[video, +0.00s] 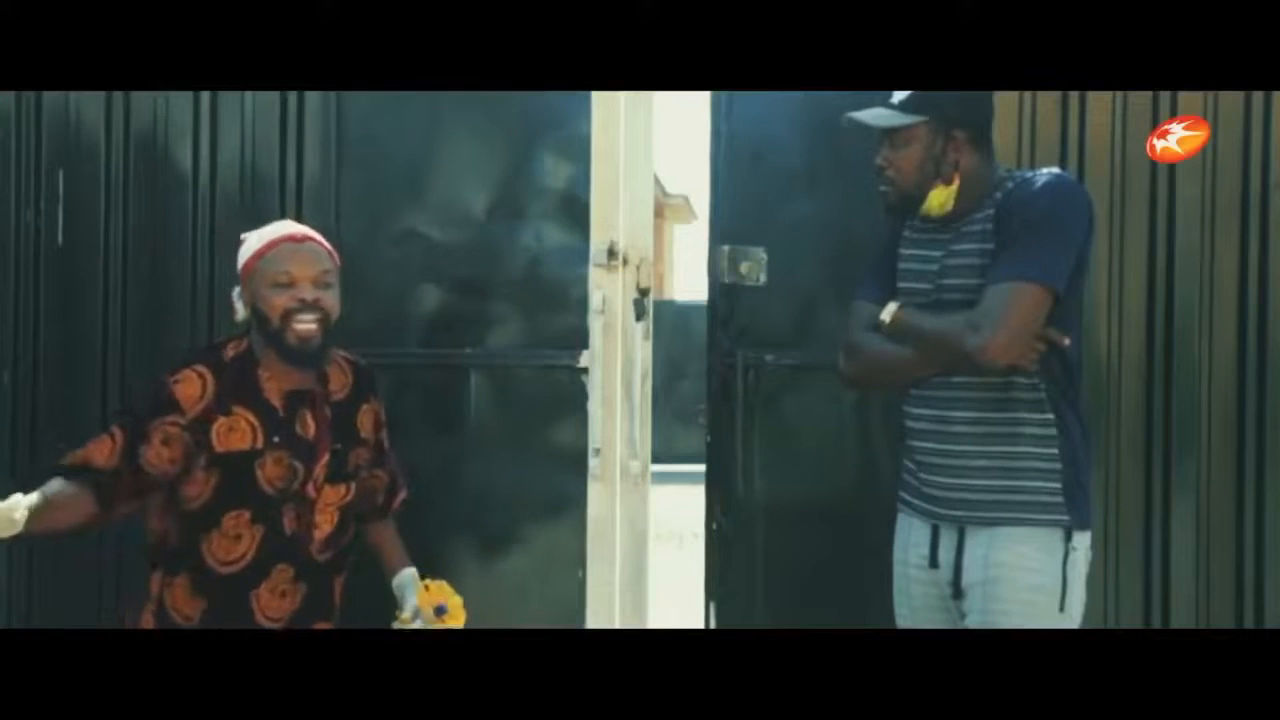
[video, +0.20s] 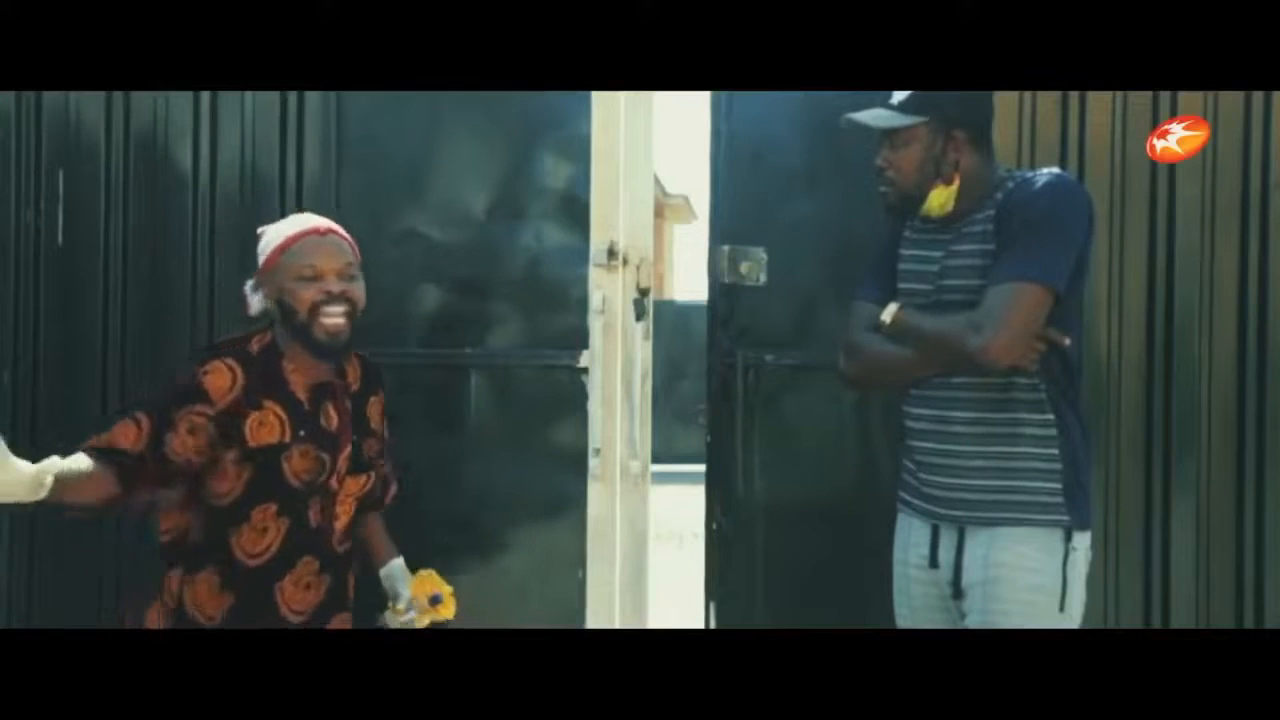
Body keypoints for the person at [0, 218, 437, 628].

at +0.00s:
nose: (308, 299)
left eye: (322, 284)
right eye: (284, 285)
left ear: (339, 295)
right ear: (247, 300)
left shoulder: (353, 387)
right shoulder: (202, 389)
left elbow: (375, 505)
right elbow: (108, 482)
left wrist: (409, 589)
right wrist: (22, 513)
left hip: (310, 620)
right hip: (196, 618)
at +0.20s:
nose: (335, 290)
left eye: (347, 276)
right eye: (312, 277)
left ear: (364, 286)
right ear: (271, 293)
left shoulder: (364, 385)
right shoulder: (230, 377)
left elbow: (365, 501)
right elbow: (136, 464)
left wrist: (399, 582)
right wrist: (37, 482)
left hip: (322, 616)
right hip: (215, 614)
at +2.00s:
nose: (340, 296)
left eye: (353, 281)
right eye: (315, 281)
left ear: (366, 292)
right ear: (273, 291)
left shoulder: (344, 382)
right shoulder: (223, 369)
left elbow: (336, 500)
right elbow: (196, 427)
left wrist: (369, 575)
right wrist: (246, 363)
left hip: (300, 603)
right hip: (206, 603)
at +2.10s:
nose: (356, 297)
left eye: (366, 284)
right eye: (338, 285)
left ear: (376, 290)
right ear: (294, 289)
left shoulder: (342, 378)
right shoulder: (242, 364)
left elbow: (333, 492)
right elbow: (228, 420)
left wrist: (360, 571)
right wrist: (289, 362)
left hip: (294, 590)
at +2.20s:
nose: (364, 300)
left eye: (371, 284)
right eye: (339, 286)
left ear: (379, 290)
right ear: (301, 295)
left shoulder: (345, 378)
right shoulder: (250, 359)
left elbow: (329, 495)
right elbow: (254, 416)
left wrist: (356, 572)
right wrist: (328, 361)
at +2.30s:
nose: (353, 300)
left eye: (363, 285)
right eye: (335, 284)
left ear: (376, 289)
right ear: (293, 288)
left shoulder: (345, 369)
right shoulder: (252, 354)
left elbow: (329, 497)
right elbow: (277, 413)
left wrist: (352, 569)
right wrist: (357, 355)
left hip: (303, 586)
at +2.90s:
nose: (378, 291)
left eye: (377, 276)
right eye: (354, 277)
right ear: (298, 291)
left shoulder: (356, 377)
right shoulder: (243, 366)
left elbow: (349, 500)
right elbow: (218, 453)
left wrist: (384, 579)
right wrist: (351, 420)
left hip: (314, 605)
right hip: (218, 606)